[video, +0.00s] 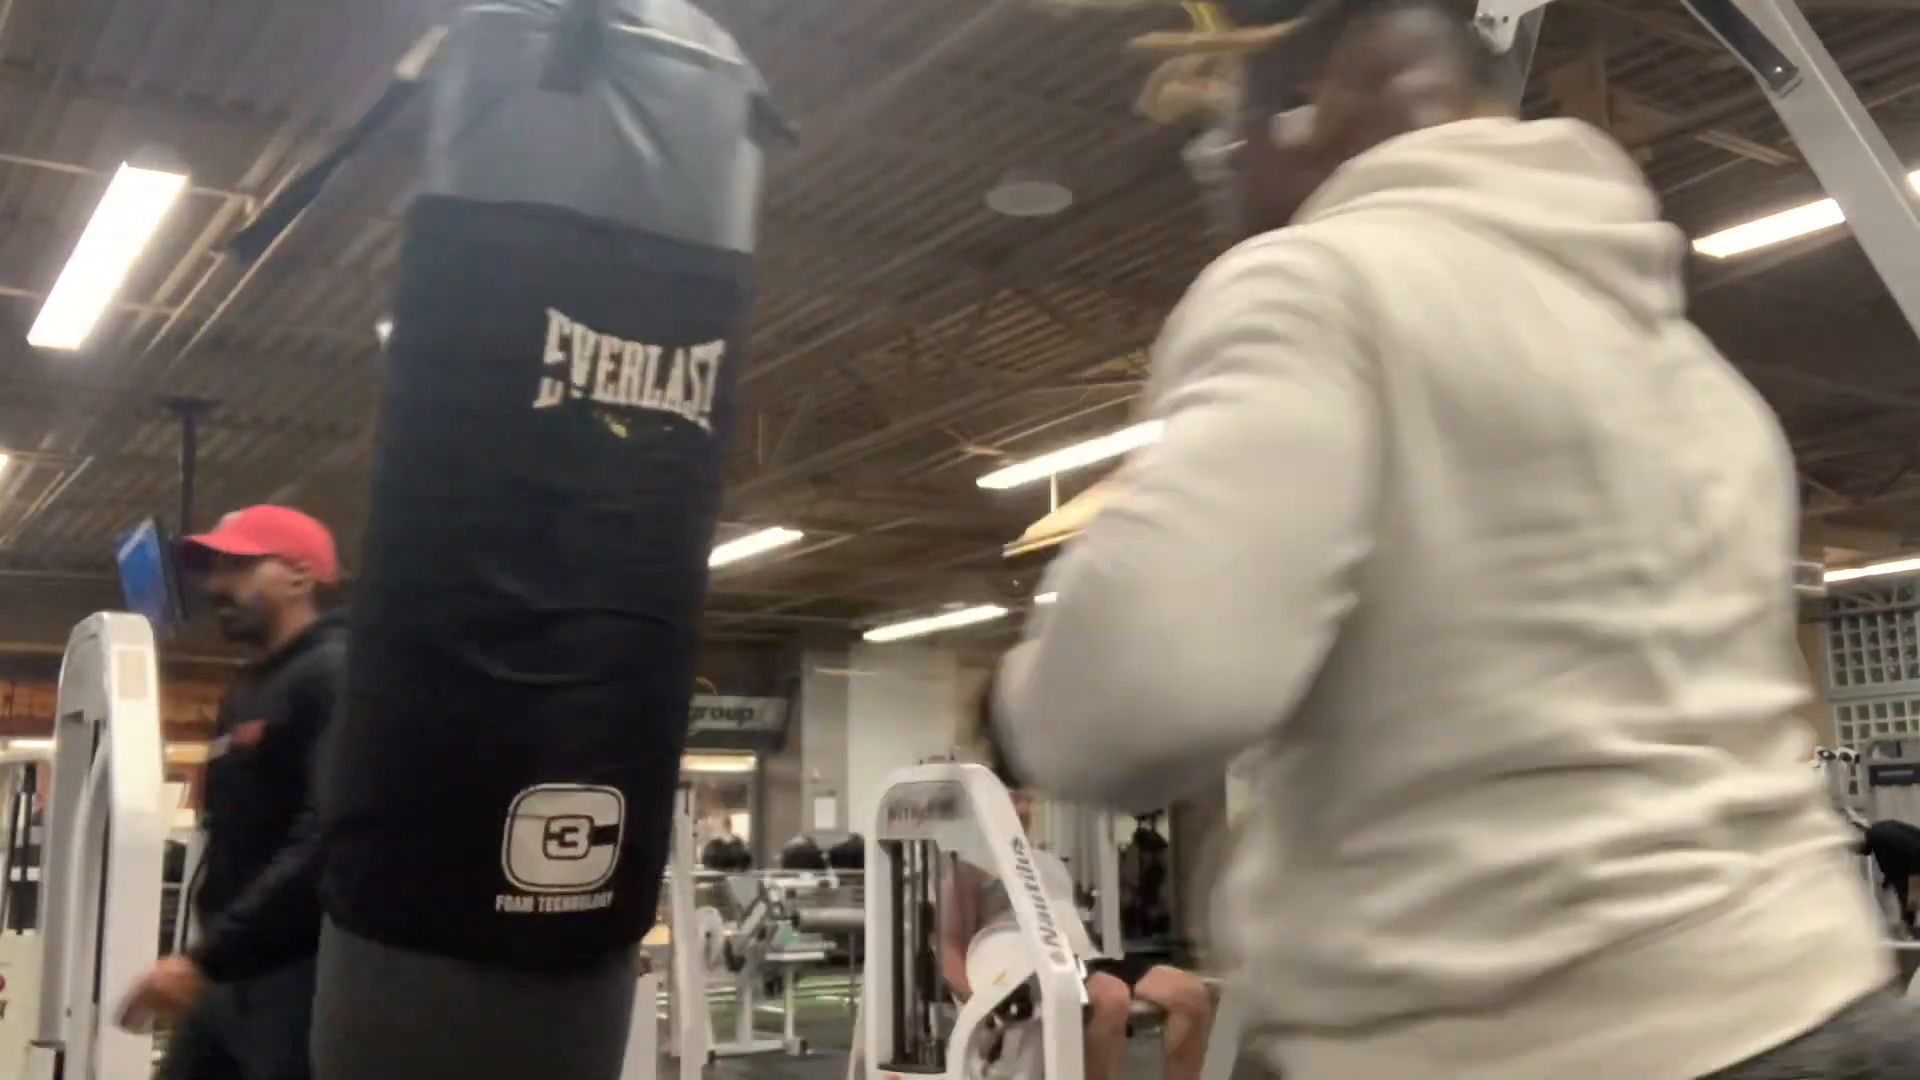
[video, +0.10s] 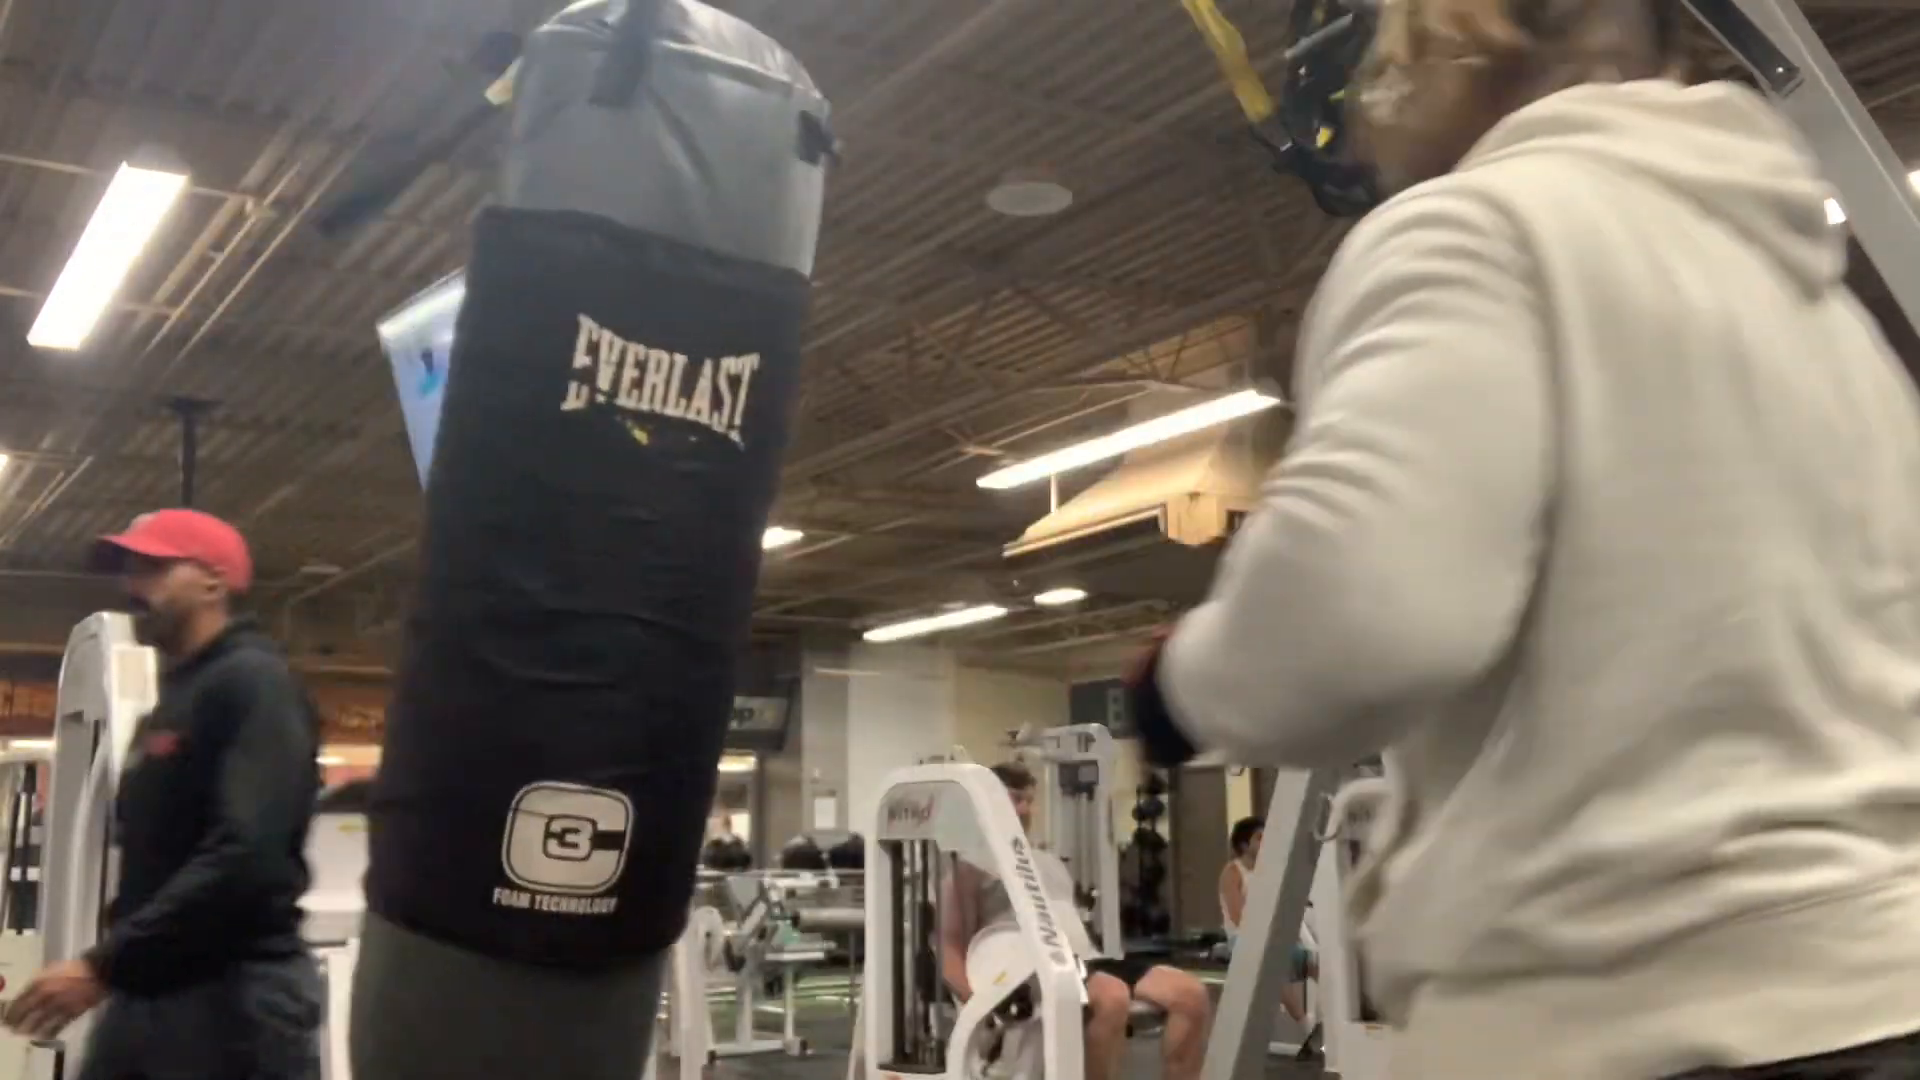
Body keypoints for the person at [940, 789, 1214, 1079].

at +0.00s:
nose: (1023, 809)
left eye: (1027, 800)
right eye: (1013, 799)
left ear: (1033, 805)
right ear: (991, 806)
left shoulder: (1043, 861)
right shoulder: (970, 865)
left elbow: (1064, 926)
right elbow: (951, 952)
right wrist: (983, 997)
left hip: (1077, 962)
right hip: (1020, 972)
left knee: (1193, 996)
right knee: (1111, 998)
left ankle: (1181, 1075)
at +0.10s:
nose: (1023, 809)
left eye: (1027, 801)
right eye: (1013, 800)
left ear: (1033, 805)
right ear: (992, 804)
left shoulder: (1042, 861)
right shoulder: (969, 868)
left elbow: (1063, 925)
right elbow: (951, 951)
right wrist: (979, 1000)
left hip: (1074, 961)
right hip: (1017, 971)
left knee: (1191, 995)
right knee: (1112, 996)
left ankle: (1179, 1073)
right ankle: (1099, 1074)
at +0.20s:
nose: (1023, 810)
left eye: (1028, 801)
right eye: (1013, 801)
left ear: (1034, 806)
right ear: (992, 805)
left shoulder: (1045, 861)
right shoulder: (969, 867)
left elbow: (1065, 925)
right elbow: (951, 953)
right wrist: (981, 1001)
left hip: (1076, 960)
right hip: (1019, 970)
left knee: (1191, 995)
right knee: (1113, 996)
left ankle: (1181, 1074)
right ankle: (1100, 1075)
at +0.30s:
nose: (1023, 810)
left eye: (1027, 801)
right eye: (1013, 801)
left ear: (1033, 806)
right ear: (991, 805)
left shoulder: (1045, 862)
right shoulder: (968, 868)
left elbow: (1065, 927)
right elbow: (951, 953)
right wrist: (980, 1001)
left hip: (1075, 961)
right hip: (1019, 971)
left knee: (1191, 995)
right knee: (1113, 996)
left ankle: (1180, 1073)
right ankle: (1101, 1075)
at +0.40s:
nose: (1024, 810)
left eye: (1028, 801)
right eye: (1014, 802)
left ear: (1035, 806)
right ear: (991, 807)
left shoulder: (1043, 862)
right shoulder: (968, 870)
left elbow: (1064, 927)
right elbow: (951, 956)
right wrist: (981, 1002)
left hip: (1075, 960)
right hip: (1019, 971)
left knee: (1191, 995)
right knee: (1113, 996)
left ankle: (1179, 1074)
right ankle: (1100, 1075)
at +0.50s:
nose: (1024, 810)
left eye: (1029, 801)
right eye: (1014, 801)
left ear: (1036, 807)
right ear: (991, 806)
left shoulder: (1044, 862)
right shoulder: (967, 871)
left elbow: (1064, 927)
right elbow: (951, 957)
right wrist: (982, 1002)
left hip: (1075, 961)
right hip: (1019, 971)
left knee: (1191, 995)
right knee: (1113, 996)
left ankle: (1180, 1074)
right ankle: (1098, 1074)